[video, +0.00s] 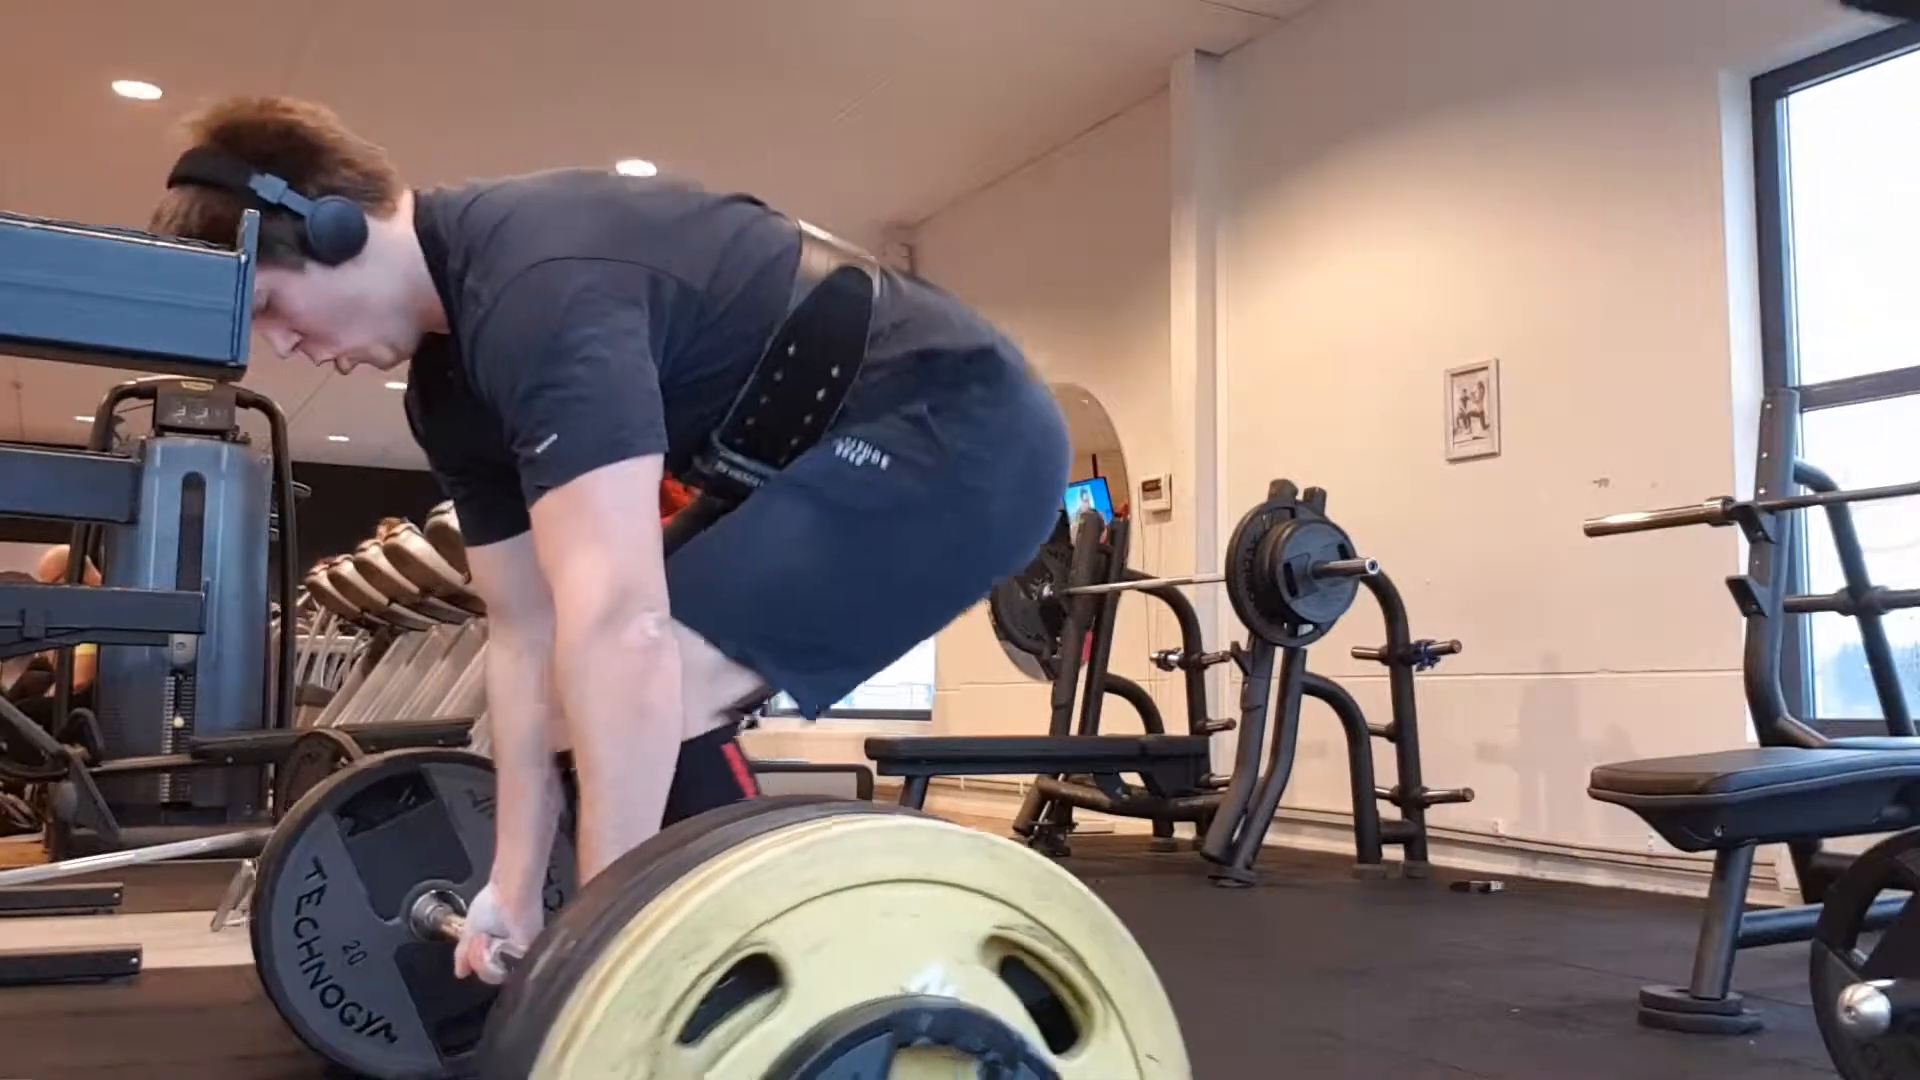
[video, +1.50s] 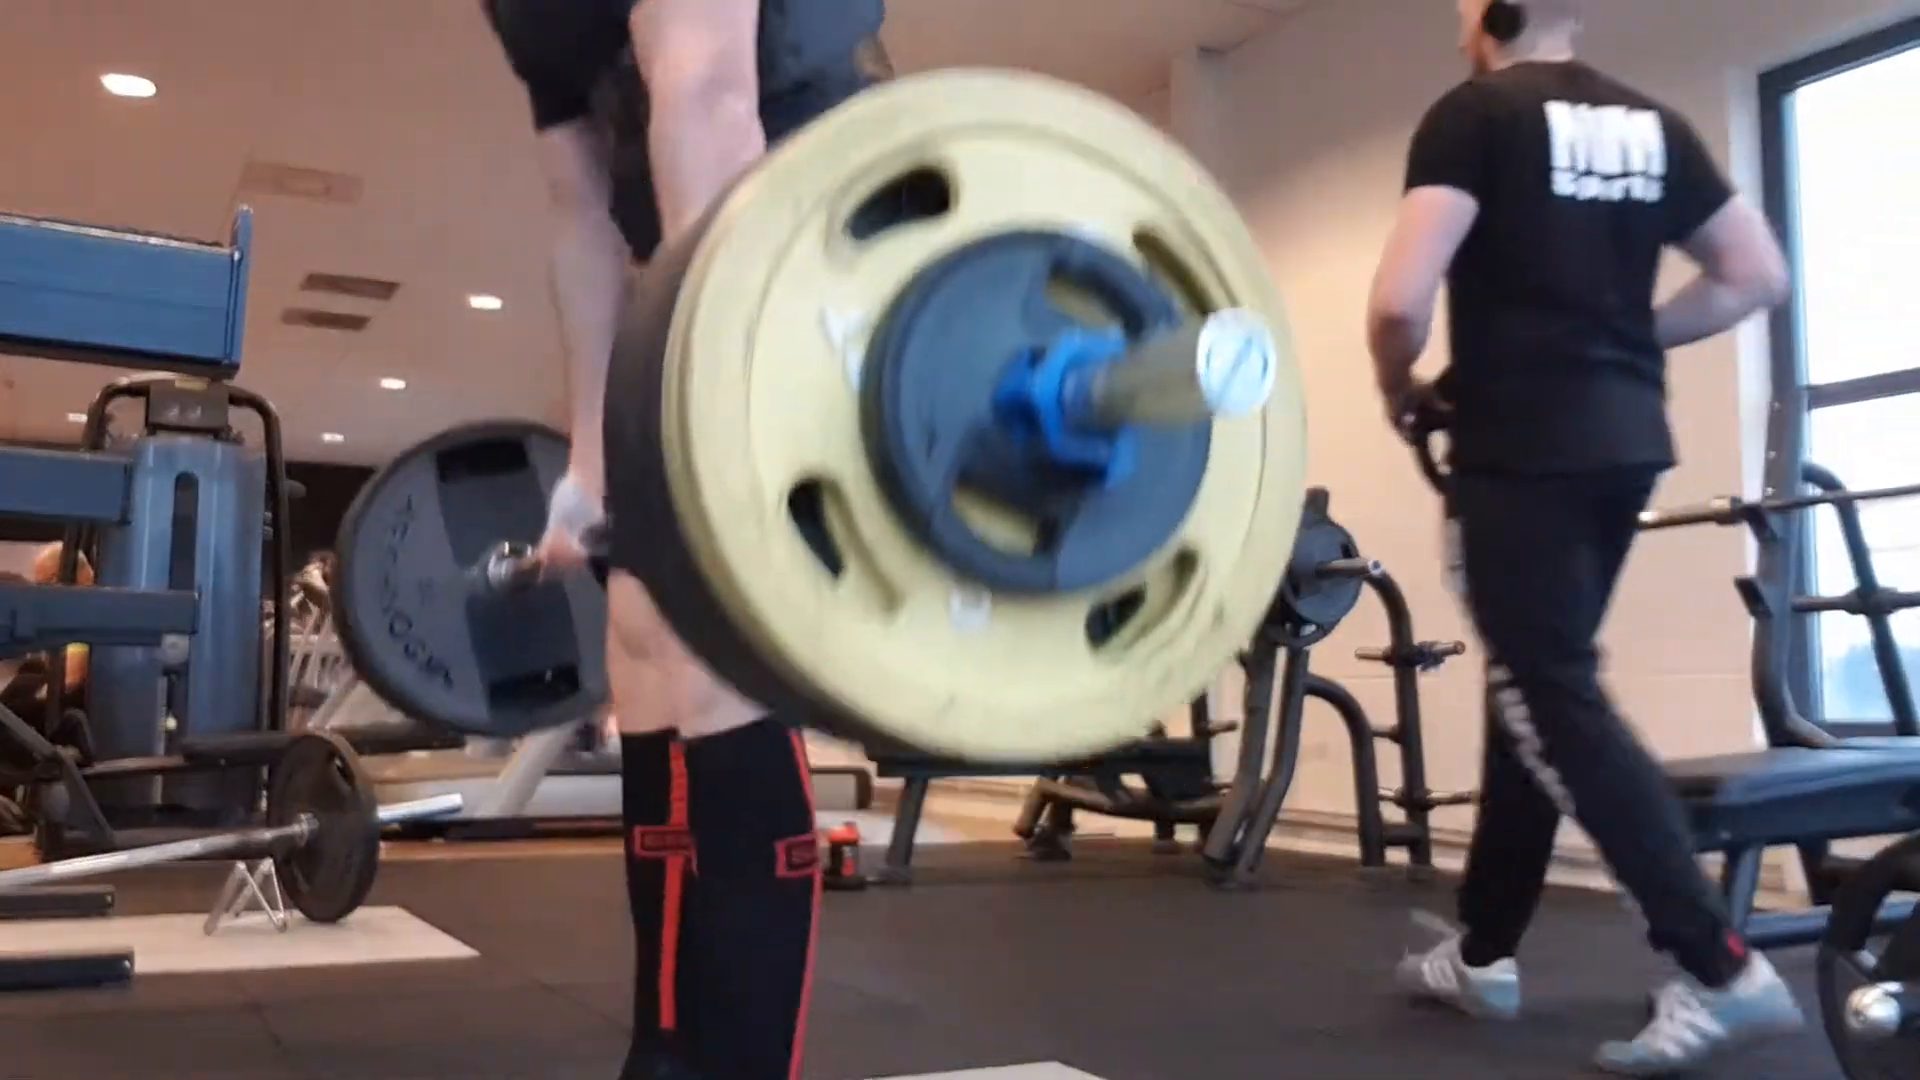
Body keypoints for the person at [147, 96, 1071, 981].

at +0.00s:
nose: (283, 348)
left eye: (271, 308)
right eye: (259, 331)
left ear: (318, 227)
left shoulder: (541, 281)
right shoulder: (448, 377)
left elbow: (623, 626)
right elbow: (523, 632)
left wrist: (618, 932)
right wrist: (511, 889)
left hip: (943, 417)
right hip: (853, 446)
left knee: (636, 694)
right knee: (603, 699)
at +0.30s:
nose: (277, 328)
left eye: (264, 284)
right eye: (252, 307)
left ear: (319, 209)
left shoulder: (528, 298)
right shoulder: (419, 398)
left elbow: (630, 623)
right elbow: (523, 627)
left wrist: (642, 919)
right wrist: (538, 877)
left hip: (921, 502)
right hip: (804, 529)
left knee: (574, 685)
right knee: (497, 688)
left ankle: (681, 994)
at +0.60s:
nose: (260, 249)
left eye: (255, 205)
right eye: (239, 225)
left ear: (332, 130)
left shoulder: (545, 251)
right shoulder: (440, 347)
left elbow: (647, 582)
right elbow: (549, 596)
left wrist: (657, 902)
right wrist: (555, 855)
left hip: (915, 429)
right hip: (808, 458)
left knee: (597, 684)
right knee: (528, 675)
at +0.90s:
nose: (273, 135)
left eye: (277, 92)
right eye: (258, 106)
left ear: (375, 44)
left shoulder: (571, 164)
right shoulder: (461, 273)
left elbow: (663, 488)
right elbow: (550, 527)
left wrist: (659, 812)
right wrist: (546, 787)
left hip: (921, 381)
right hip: (797, 421)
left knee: (681, 696)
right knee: (570, 662)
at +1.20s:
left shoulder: (592, 21)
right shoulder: (483, 120)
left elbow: (676, 320)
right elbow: (559, 386)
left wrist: (678, 617)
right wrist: (570, 640)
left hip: (904, 319)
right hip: (765, 354)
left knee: (752, 672)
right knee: (683, 684)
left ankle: (708, 1033)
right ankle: (687, 1028)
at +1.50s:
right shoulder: (531, 17)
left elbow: (710, 98)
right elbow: (582, 199)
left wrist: (748, 405)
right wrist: (587, 467)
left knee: (688, 661)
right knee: (649, 653)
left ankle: (712, 1053)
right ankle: (679, 1042)